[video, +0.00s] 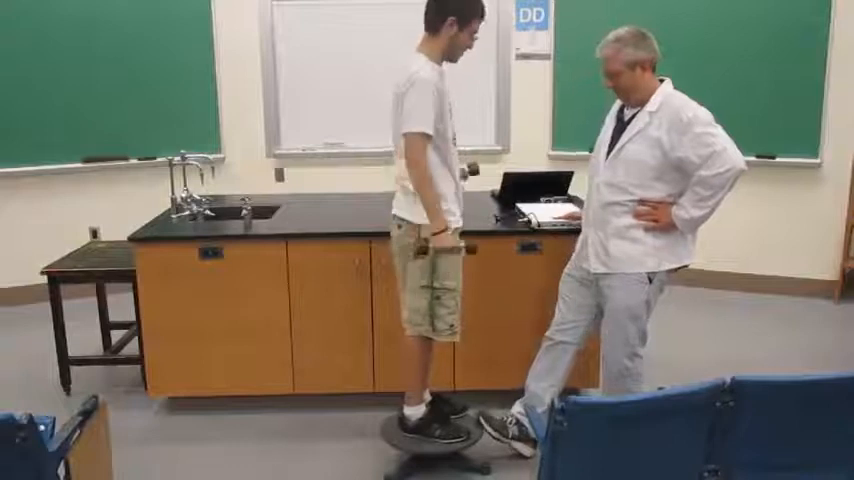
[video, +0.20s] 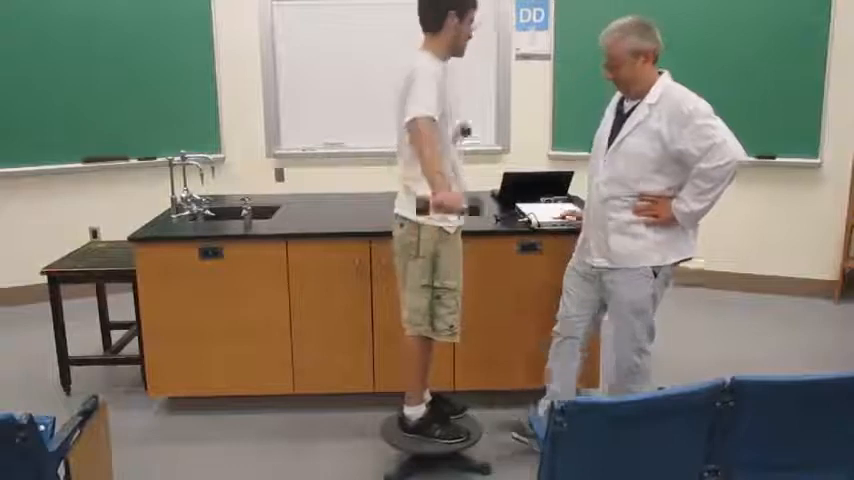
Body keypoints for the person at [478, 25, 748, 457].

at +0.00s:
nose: (607, 83)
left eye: (613, 74)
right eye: (605, 75)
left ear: (644, 67)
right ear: (630, 69)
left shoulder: (682, 113)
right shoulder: (621, 108)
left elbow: (726, 164)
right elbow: (616, 171)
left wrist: (680, 214)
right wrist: (596, 211)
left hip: (636, 258)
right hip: (593, 248)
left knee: (621, 359)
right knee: (562, 335)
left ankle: (618, 443)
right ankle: (529, 421)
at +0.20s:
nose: (606, 73)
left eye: (613, 64)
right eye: (605, 64)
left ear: (646, 58)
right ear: (634, 60)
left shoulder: (680, 105)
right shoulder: (619, 102)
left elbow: (725, 156)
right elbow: (625, 168)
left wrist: (681, 209)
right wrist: (598, 210)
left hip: (639, 255)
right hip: (594, 245)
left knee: (627, 356)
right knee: (568, 333)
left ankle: (624, 440)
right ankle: (554, 421)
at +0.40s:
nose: (610, 64)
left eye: (617, 55)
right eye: (608, 55)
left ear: (647, 53)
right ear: (607, 55)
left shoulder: (679, 104)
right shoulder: (609, 104)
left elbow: (726, 154)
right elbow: (596, 170)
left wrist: (681, 206)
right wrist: (580, 212)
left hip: (645, 252)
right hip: (595, 248)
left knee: (636, 350)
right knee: (592, 344)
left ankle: (638, 430)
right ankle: (595, 424)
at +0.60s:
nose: (609, 61)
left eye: (617, 53)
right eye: (606, 53)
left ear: (647, 53)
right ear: (605, 55)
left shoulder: (680, 104)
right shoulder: (595, 106)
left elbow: (732, 149)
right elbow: (566, 159)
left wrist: (687, 204)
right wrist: (542, 201)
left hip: (646, 250)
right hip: (596, 248)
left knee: (628, 348)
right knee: (594, 343)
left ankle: (635, 435)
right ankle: (599, 428)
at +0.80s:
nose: (610, 62)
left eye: (619, 54)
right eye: (607, 53)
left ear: (649, 56)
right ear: (603, 55)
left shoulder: (684, 109)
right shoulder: (591, 108)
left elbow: (738, 154)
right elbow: (558, 153)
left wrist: (692, 207)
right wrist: (524, 171)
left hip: (648, 261)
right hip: (594, 258)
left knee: (642, 364)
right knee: (598, 358)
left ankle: (642, 447)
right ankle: (599, 439)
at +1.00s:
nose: (613, 64)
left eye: (622, 55)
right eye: (610, 55)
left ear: (653, 58)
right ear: (605, 58)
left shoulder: (693, 114)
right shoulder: (589, 114)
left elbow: (749, 157)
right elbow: (547, 149)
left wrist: (700, 214)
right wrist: (505, 156)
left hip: (657, 274)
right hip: (597, 271)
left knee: (652, 380)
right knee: (601, 377)